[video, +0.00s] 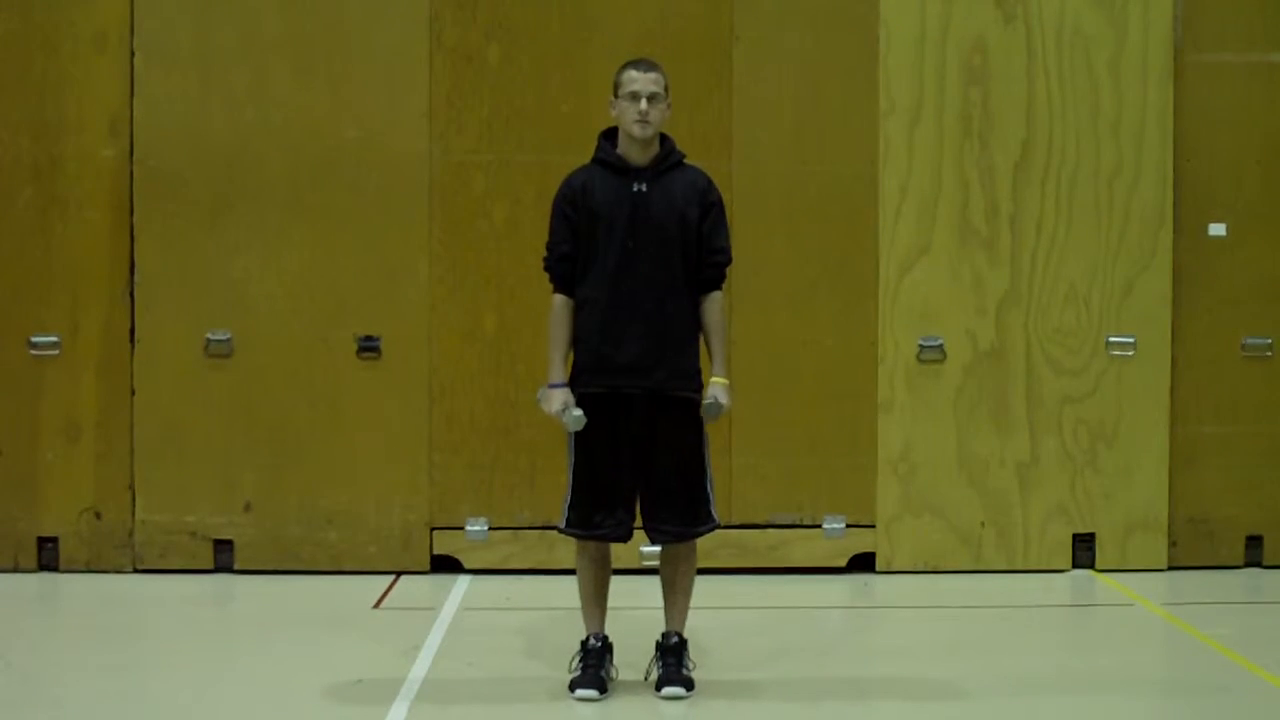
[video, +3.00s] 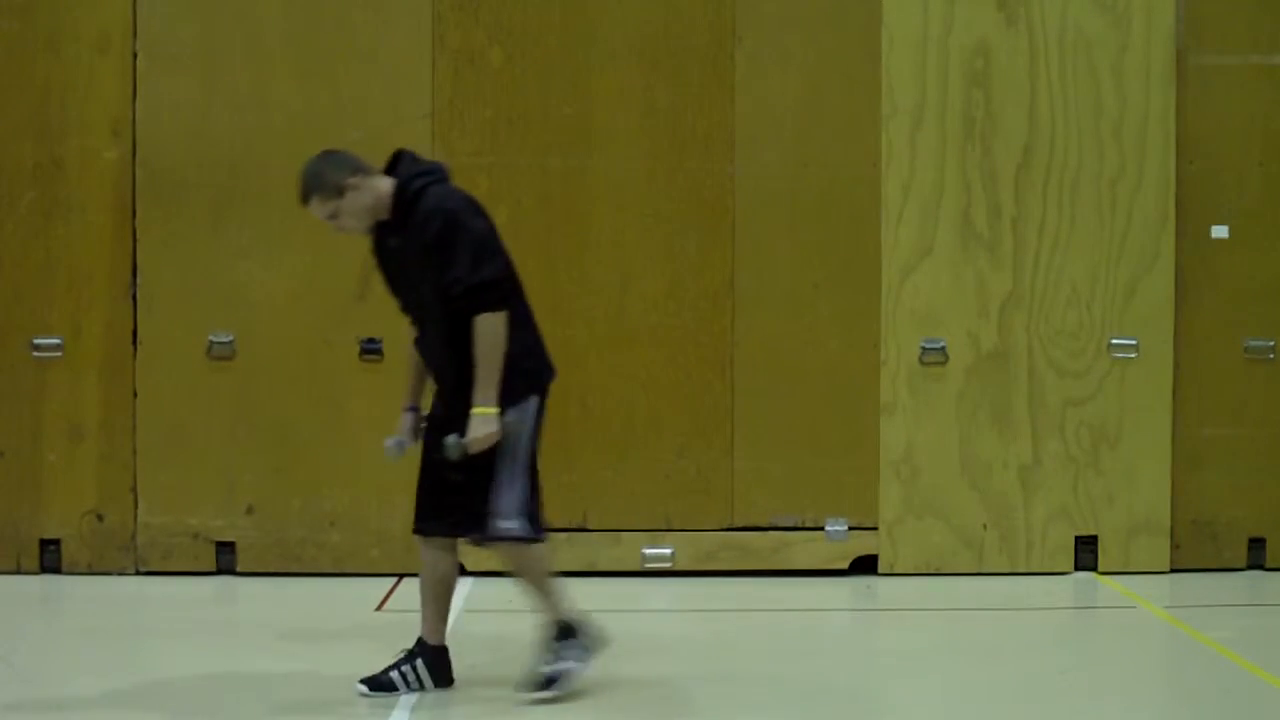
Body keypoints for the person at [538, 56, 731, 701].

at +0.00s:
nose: (644, 108)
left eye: (655, 99)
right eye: (634, 98)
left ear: (669, 109)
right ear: (613, 107)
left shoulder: (696, 188)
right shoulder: (580, 188)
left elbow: (711, 289)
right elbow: (563, 291)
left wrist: (719, 373)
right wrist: (556, 379)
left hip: (674, 384)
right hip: (599, 384)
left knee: (679, 523)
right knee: (594, 522)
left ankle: (673, 647)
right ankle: (594, 647)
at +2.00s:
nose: (622, 152)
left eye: (630, 140)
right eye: (616, 141)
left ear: (661, 122)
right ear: (611, 133)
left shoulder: (718, 192)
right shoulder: (601, 192)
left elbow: (734, 291)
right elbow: (584, 286)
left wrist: (733, 379)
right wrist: (567, 369)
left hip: (689, 389)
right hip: (615, 387)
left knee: (686, 525)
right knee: (610, 522)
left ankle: (676, 648)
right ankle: (610, 646)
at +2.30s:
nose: (572, 174)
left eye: (576, 160)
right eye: (565, 164)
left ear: (607, 139)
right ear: (577, 152)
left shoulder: (679, 193)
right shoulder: (580, 204)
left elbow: (706, 293)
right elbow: (594, 291)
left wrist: (702, 387)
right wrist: (597, 369)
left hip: (665, 387)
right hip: (597, 383)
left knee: (673, 525)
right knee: (564, 514)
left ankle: (675, 650)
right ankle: (555, 648)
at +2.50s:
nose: (529, 190)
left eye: (529, 175)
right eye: (520, 180)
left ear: (557, 148)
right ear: (536, 162)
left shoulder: (634, 200)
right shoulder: (553, 211)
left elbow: (661, 302)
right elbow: (572, 300)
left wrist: (646, 397)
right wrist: (567, 376)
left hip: (635, 393)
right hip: (568, 388)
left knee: (652, 531)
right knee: (519, 517)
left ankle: (672, 650)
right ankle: (466, 642)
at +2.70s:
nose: (449, 205)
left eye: (448, 192)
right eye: (442, 197)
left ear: (476, 165)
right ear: (462, 177)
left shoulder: (559, 208)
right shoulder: (489, 221)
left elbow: (587, 310)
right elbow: (518, 310)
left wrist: (573, 404)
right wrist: (515, 383)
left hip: (586, 397)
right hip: (520, 397)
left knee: (623, 532)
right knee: (475, 526)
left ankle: (667, 648)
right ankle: (435, 652)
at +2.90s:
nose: (366, 220)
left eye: (362, 208)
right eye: (358, 213)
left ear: (383, 179)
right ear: (379, 189)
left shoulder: (477, 207)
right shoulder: (413, 227)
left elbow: (518, 305)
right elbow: (451, 317)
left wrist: (509, 402)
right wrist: (446, 389)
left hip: (531, 391)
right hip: (471, 392)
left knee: (559, 521)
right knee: (443, 524)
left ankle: (637, 625)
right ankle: (432, 653)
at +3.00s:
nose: (338, 228)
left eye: (335, 215)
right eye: (329, 221)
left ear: (356, 187)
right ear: (349, 195)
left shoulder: (446, 209)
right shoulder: (388, 235)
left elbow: (492, 308)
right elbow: (428, 323)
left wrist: (485, 407)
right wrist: (413, 404)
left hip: (511, 384)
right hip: (456, 390)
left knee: (502, 524)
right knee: (435, 524)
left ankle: (569, 629)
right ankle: (432, 654)